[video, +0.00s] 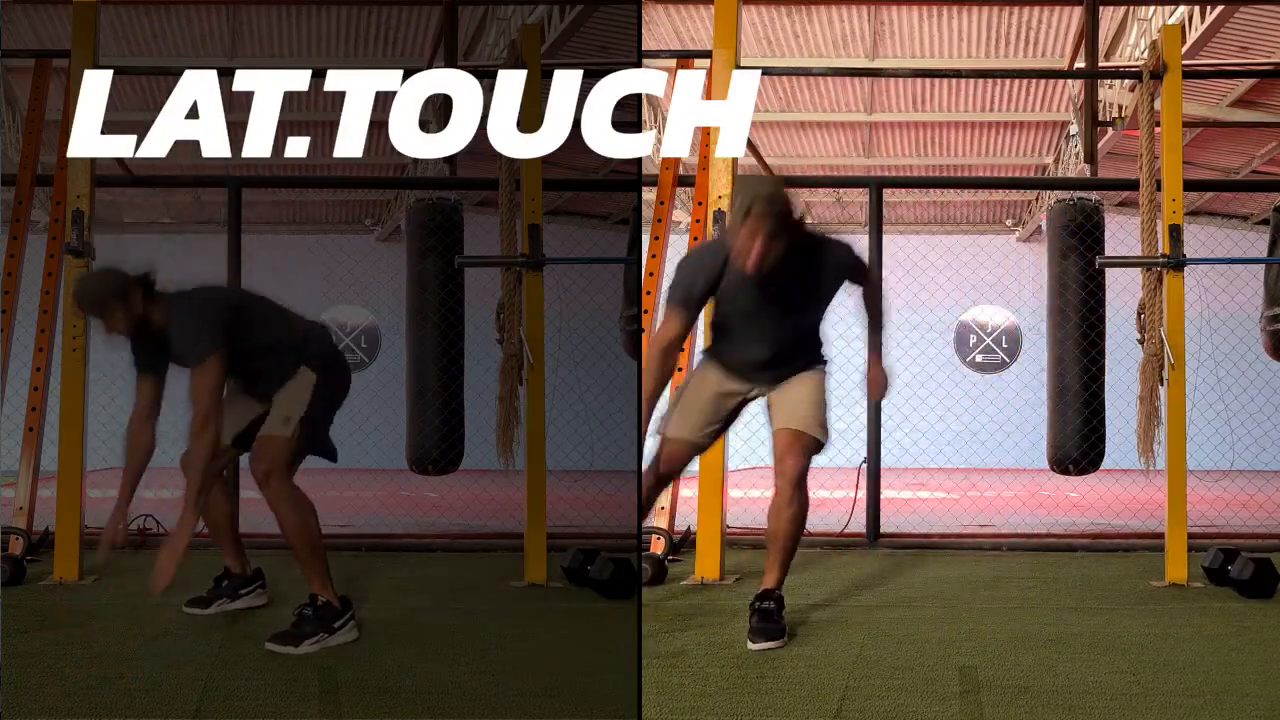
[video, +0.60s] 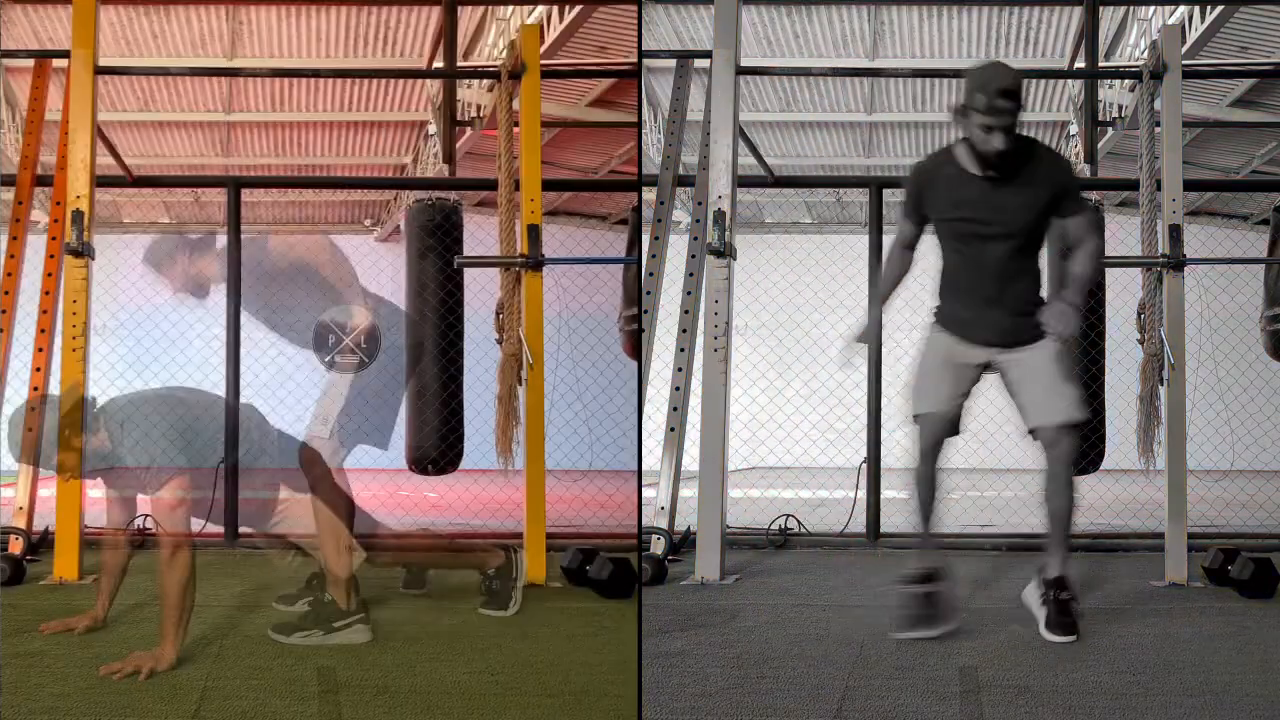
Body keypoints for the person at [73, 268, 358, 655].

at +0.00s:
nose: (108, 328)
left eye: (107, 316)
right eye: (102, 320)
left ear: (132, 298)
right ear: (130, 302)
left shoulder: (197, 317)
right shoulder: (150, 334)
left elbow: (205, 427)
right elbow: (143, 421)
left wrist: (184, 531)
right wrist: (122, 504)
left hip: (313, 364)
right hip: (260, 376)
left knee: (270, 468)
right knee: (199, 464)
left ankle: (329, 604)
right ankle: (240, 576)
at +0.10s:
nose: (110, 405)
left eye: (109, 395)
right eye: (103, 398)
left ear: (128, 376)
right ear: (123, 378)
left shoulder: (185, 371)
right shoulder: (139, 382)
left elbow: (182, 486)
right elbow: (125, 480)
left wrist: (158, 586)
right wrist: (93, 567)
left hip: (312, 360)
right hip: (260, 372)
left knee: (272, 468)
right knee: (216, 463)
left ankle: (328, 603)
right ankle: (242, 578)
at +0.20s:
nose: (123, 460)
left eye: (120, 452)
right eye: (117, 455)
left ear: (131, 433)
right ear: (123, 433)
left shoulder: (175, 416)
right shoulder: (132, 415)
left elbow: (174, 530)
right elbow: (122, 517)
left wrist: (157, 634)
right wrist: (93, 603)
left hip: (304, 326)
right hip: (259, 337)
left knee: (312, 455)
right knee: (251, 456)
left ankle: (346, 591)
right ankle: (269, 567)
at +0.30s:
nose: (110, 493)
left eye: (106, 485)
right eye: (101, 491)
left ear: (117, 461)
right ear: (103, 455)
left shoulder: (162, 438)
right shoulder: (117, 430)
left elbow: (184, 551)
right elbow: (121, 529)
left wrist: (169, 648)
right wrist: (98, 612)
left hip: (283, 344)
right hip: (241, 369)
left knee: (329, 473)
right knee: (273, 472)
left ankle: (430, 549)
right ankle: (350, 527)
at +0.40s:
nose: (74, 493)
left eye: (68, 484)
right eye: (64, 488)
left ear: (79, 459)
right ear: (70, 461)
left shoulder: (141, 439)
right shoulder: (93, 444)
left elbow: (173, 547)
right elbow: (113, 529)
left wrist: (169, 647)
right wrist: (98, 610)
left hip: (266, 393)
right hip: (242, 423)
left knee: (351, 487)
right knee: (304, 492)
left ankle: (483, 532)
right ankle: (393, 522)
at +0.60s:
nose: (60, 470)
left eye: (53, 460)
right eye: (48, 464)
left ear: (71, 434)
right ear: (67, 432)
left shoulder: (151, 433)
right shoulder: (110, 442)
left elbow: (176, 544)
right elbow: (119, 532)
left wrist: (168, 648)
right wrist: (99, 609)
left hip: (286, 464)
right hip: (256, 471)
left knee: (371, 544)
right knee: (342, 540)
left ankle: (491, 557)